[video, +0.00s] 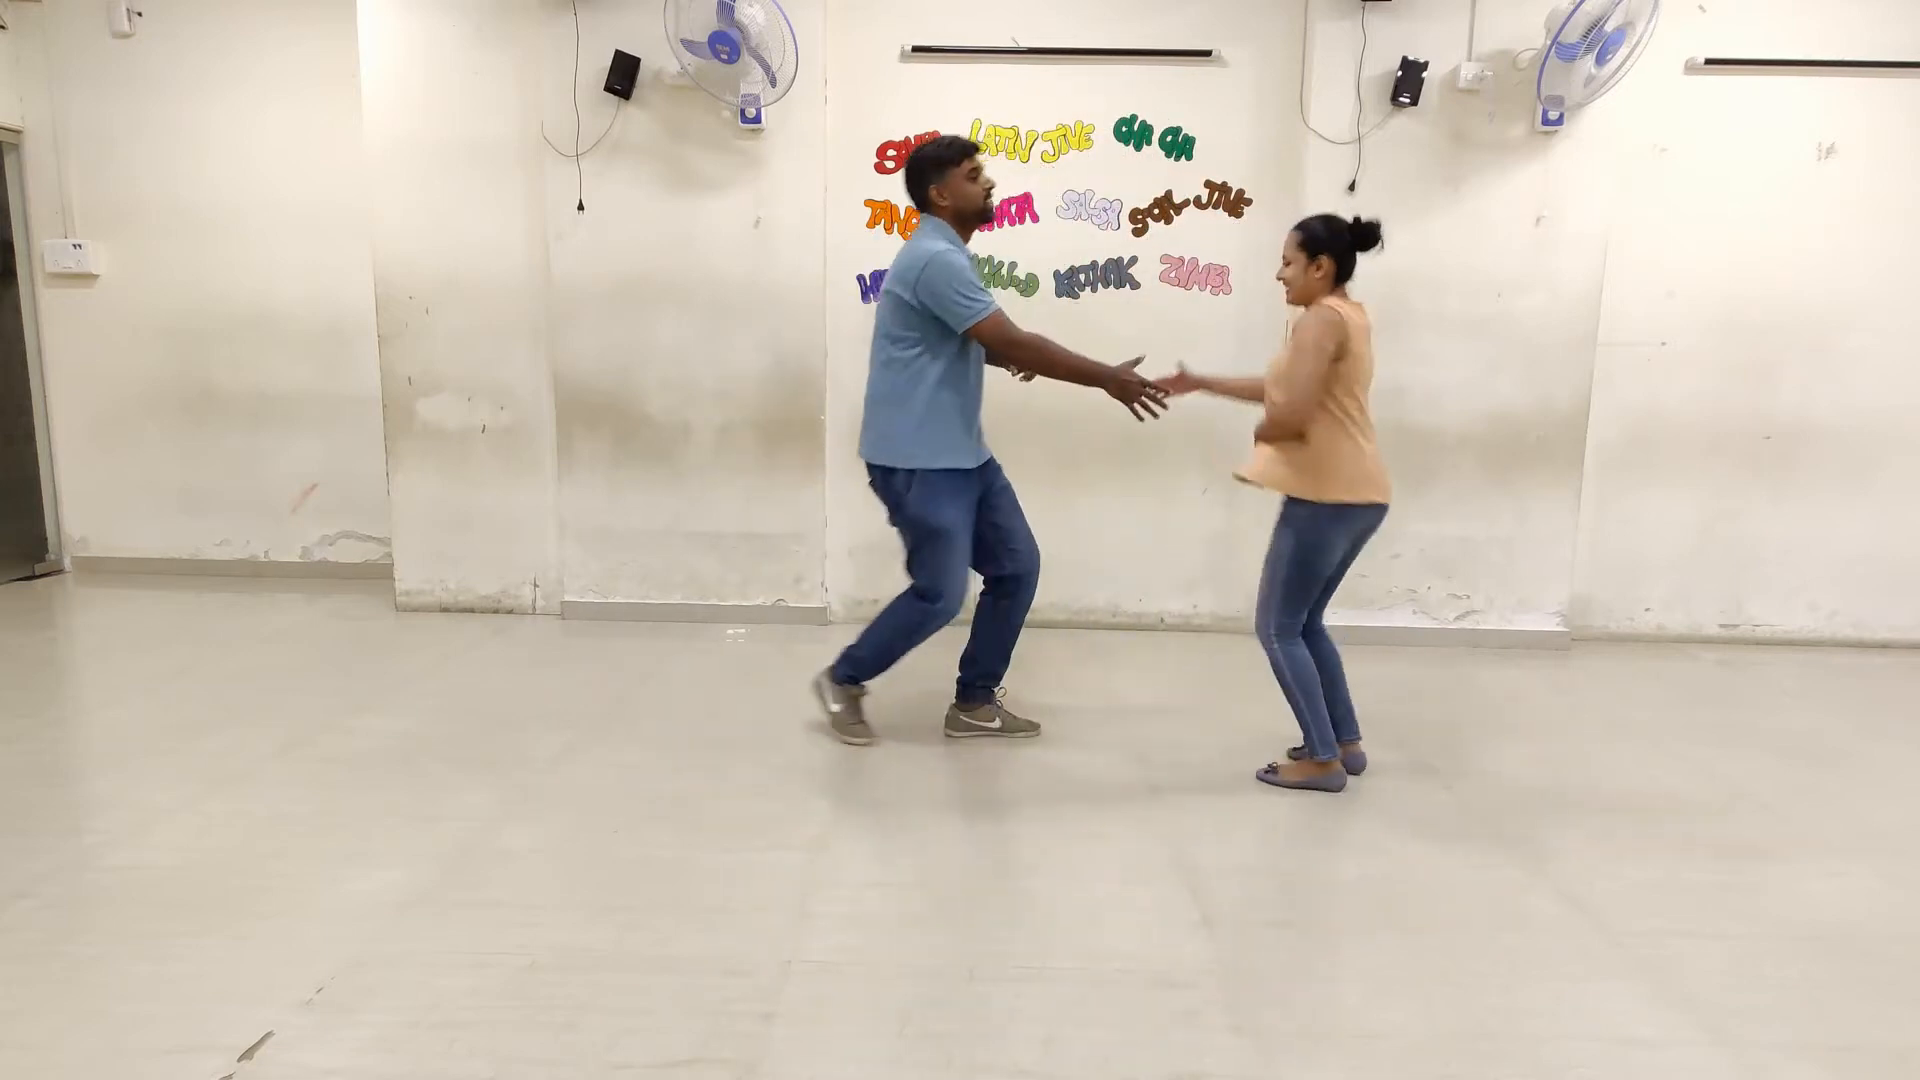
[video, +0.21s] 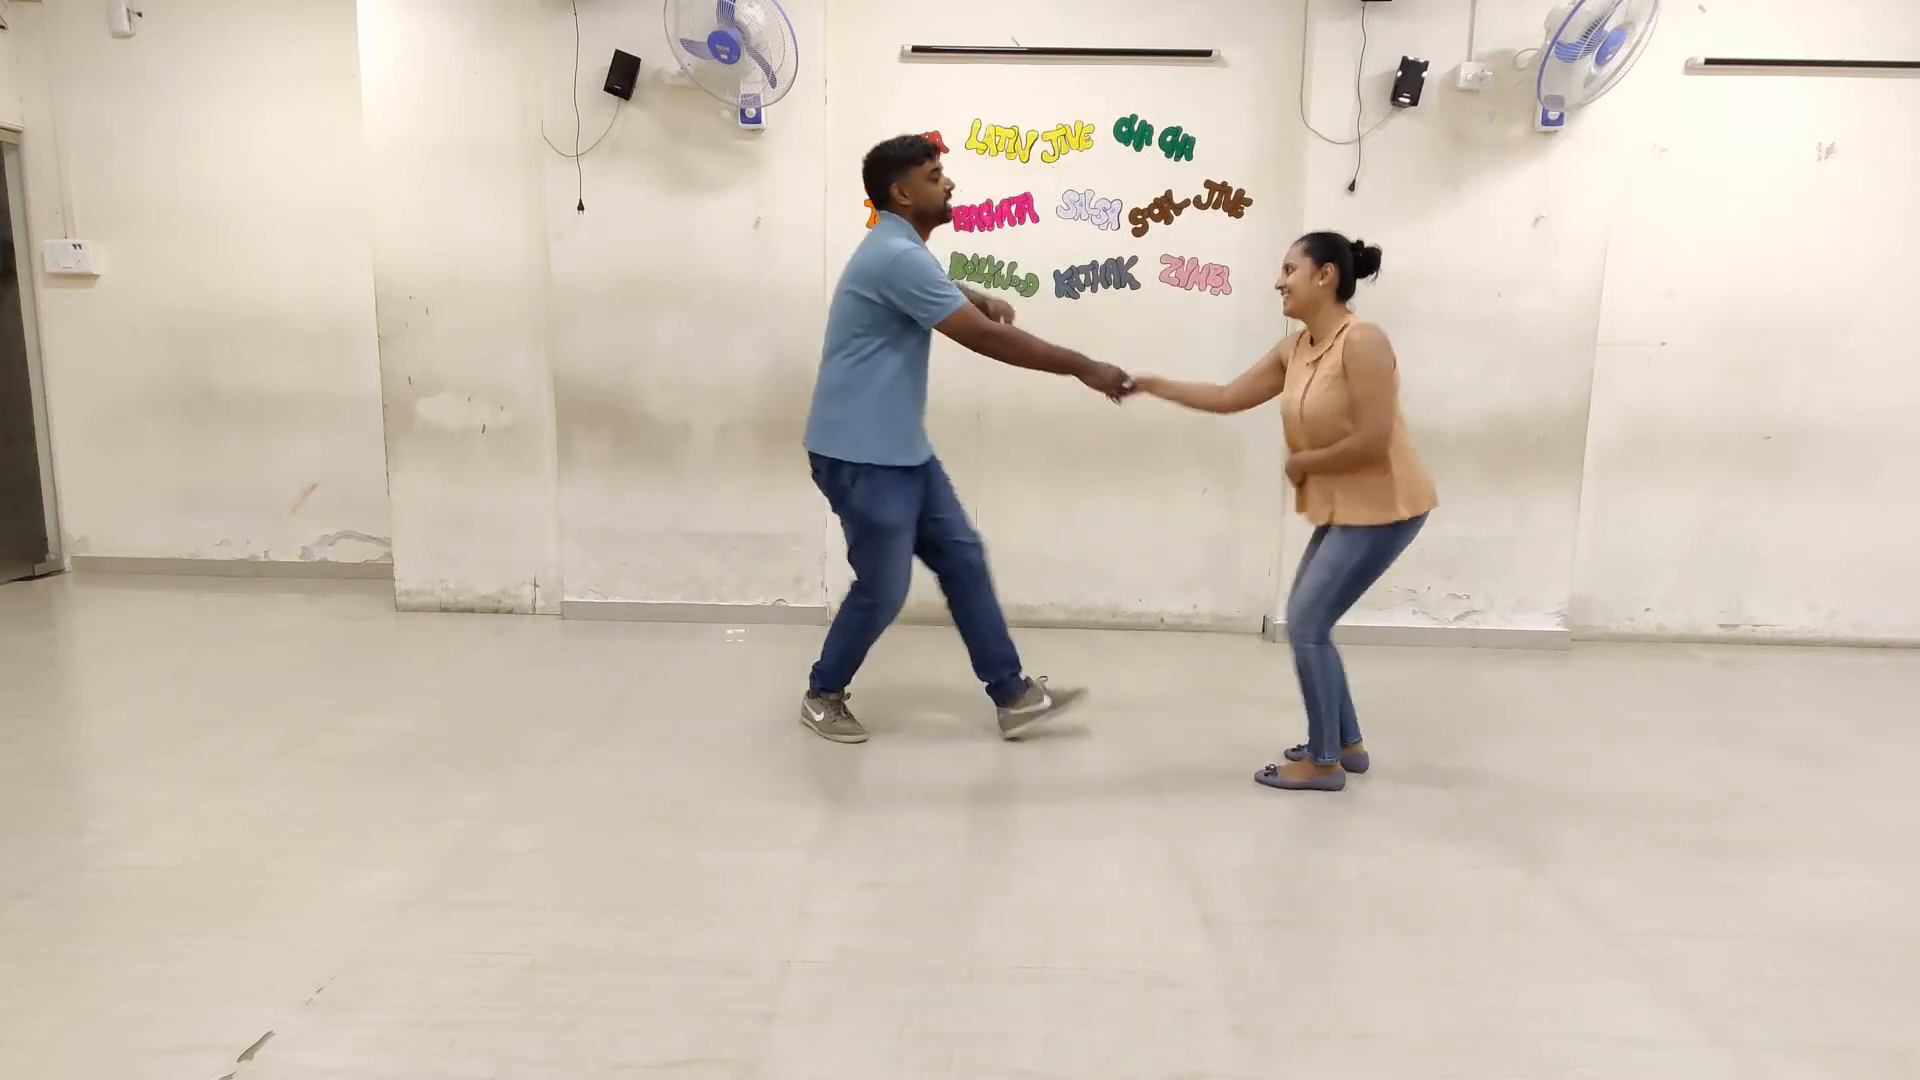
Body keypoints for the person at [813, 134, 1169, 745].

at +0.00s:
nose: (988, 182)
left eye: (982, 172)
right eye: (972, 175)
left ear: (945, 193)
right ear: (937, 193)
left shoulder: (949, 255)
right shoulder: (935, 257)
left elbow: (975, 349)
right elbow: (1014, 344)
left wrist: (1012, 359)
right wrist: (1107, 376)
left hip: (960, 449)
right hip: (915, 454)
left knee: (1016, 567)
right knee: (939, 592)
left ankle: (975, 702)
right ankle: (842, 680)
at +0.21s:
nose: (947, 183)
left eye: (943, 174)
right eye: (934, 176)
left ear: (904, 195)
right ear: (899, 191)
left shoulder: (900, 248)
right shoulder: (894, 255)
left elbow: (923, 299)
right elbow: (982, 336)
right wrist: (1082, 365)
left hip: (901, 446)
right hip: (859, 451)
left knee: (962, 559)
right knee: (882, 587)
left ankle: (1013, 694)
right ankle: (824, 693)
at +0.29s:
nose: (941, 173)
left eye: (937, 163)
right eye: (928, 165)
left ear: (901, 181)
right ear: (894, 179)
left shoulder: (896, 233)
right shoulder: (889, 244)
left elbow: (932, 264)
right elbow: (970, 327)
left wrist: (964, 273)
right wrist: (1070, 350)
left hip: (890, 438)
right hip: (851, 442)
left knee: (938, 560)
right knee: (871, 578)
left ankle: (995, 691)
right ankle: (822, 692)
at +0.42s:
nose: (930, 163)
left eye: (928, 154)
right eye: (915, 157)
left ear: (905, 173)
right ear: (879, 171)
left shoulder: (901, 226)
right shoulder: (876, 233)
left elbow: (947, 238)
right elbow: (959, 314)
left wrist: (968, 247)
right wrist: (1060, 324)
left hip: (888, 429)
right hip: (841, 431)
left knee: (924, 561)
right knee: (858, 570)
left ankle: (960, 696)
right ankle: (819, 692)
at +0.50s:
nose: (929, 165)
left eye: (927, 155)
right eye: (915, 158)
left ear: (905, 173)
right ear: (880, 173)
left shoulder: (905, 230)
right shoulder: (875, 233)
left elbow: (957, 224)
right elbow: (950, 318)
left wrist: (973, 237)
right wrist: (1051, 327)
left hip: (896, 427)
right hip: (841, 431)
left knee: (953, 539)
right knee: (857, 572)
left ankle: (953, 687)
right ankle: (815, 693)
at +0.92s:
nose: (998, 178)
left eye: (1003, 169)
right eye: (982, 173)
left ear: (1015, 180)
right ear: (958, 190)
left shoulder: (1032, 245)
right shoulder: (946, 243)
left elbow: (1120, 242)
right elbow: (937, 262)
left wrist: (1083, 227)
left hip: (1019, 449)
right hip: (944, 453)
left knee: (1067, 562)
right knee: (922, 577)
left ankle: (1045, 691)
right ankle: (845, 683)